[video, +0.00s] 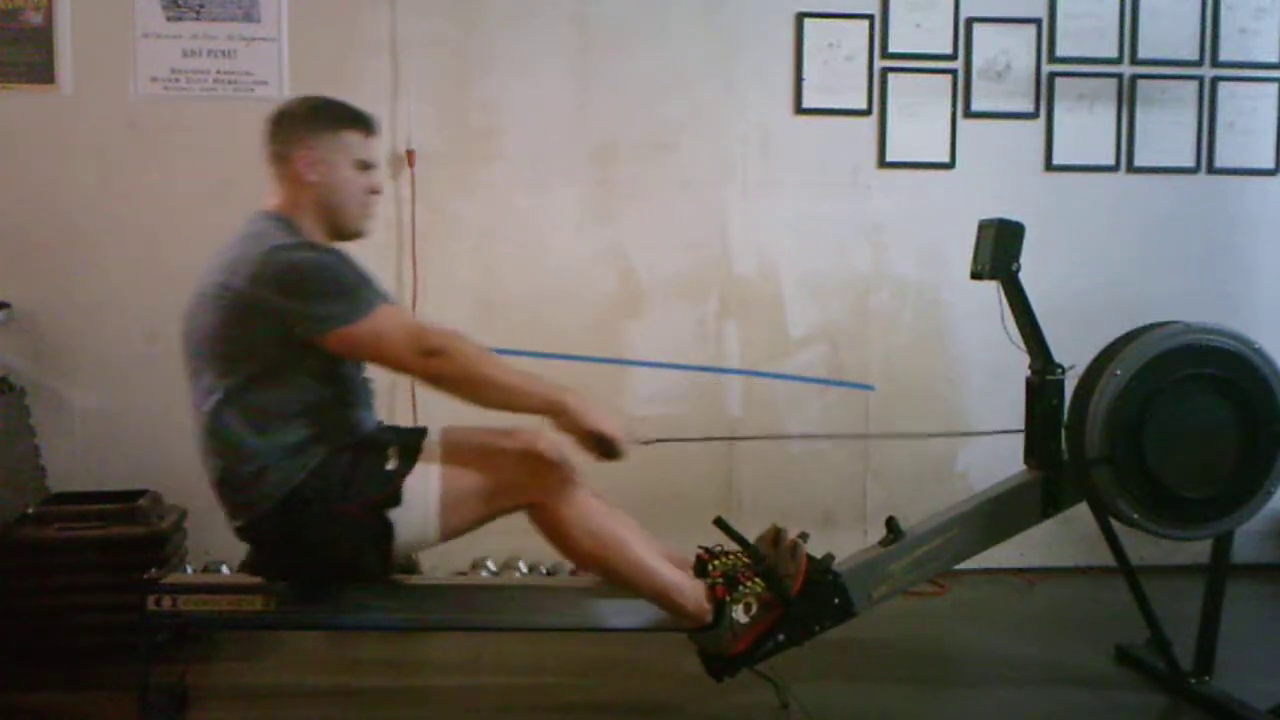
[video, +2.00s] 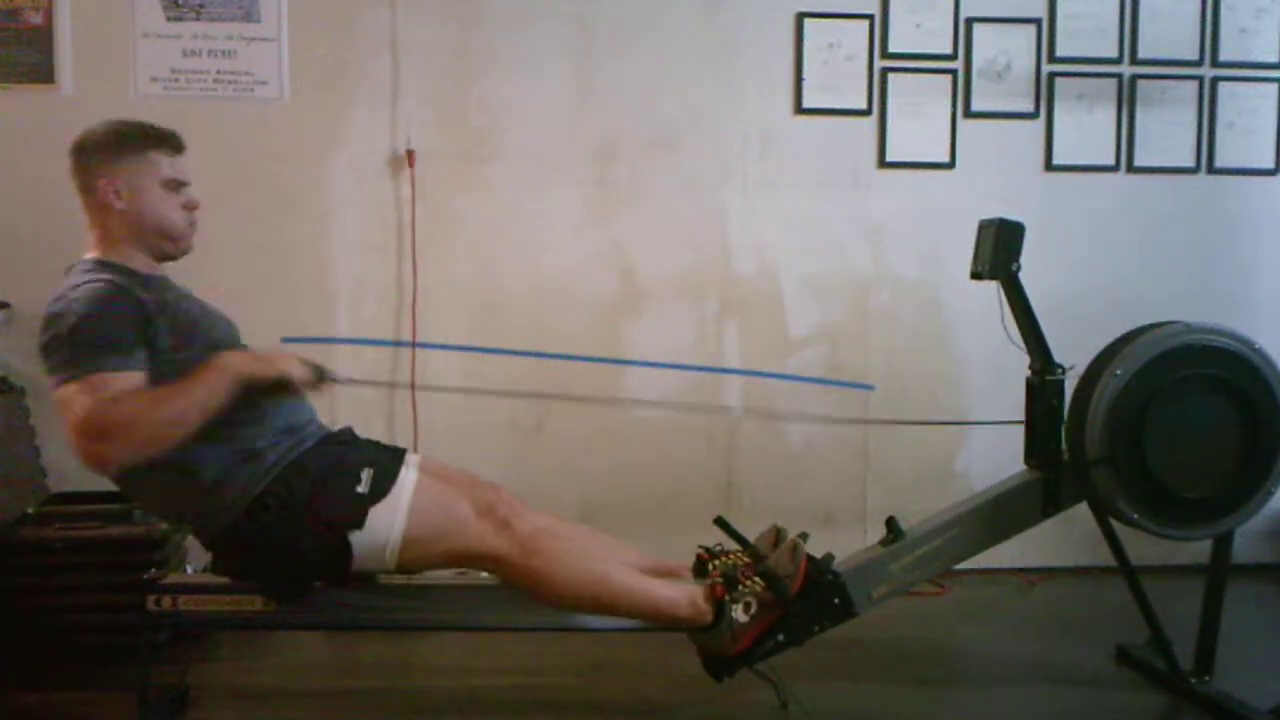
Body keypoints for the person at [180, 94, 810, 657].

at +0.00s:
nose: (378, 188)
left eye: (376, 169)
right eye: (362, 167)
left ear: (304, 172)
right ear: (302, 169)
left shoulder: (276, 255)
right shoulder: (288, 263)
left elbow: (424, 352)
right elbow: (429, 351)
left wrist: (554, 406)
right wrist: (560, 406)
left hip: (319, 488)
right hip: (315, 502)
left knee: (538, 461)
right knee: (538, 466)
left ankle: (703, 587)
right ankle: (708, 616)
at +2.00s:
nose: (191, 206)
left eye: (188, 190)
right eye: (171, 189)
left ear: (139, 202)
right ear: (109, 201)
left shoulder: (151, 294)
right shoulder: (96, 298)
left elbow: (158, 414)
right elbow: (101, 435)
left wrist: (265, 380)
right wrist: (238, 366)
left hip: (306, 472)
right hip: (278, 502)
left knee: (500, 508)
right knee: (493, 529)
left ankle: (705, 593)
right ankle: (708, 611)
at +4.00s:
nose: (349, 166)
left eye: (345, 147)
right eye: (331, 148)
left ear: (281, 159)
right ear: (275, 154)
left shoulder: (267, 247)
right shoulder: (282, 252)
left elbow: (429, 318)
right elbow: (433, 320)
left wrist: (565, 346)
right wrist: (572, 348)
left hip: (319, 484)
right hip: (324, 496)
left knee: (533, 449)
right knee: (539, 457)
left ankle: (696, 598)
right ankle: (706, 612)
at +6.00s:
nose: (706, 208)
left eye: (703, 192)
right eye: (696, 191)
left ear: (642, 197)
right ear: (653, 195)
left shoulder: (599, 259)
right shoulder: (642, 266)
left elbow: (772, 336)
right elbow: (801, 336)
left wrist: (887, 372)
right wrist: (939, 364)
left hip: (531, 512)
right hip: (558, 517)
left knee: (716, 366)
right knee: (728, 379)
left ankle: (702, 567)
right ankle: (717, 594)